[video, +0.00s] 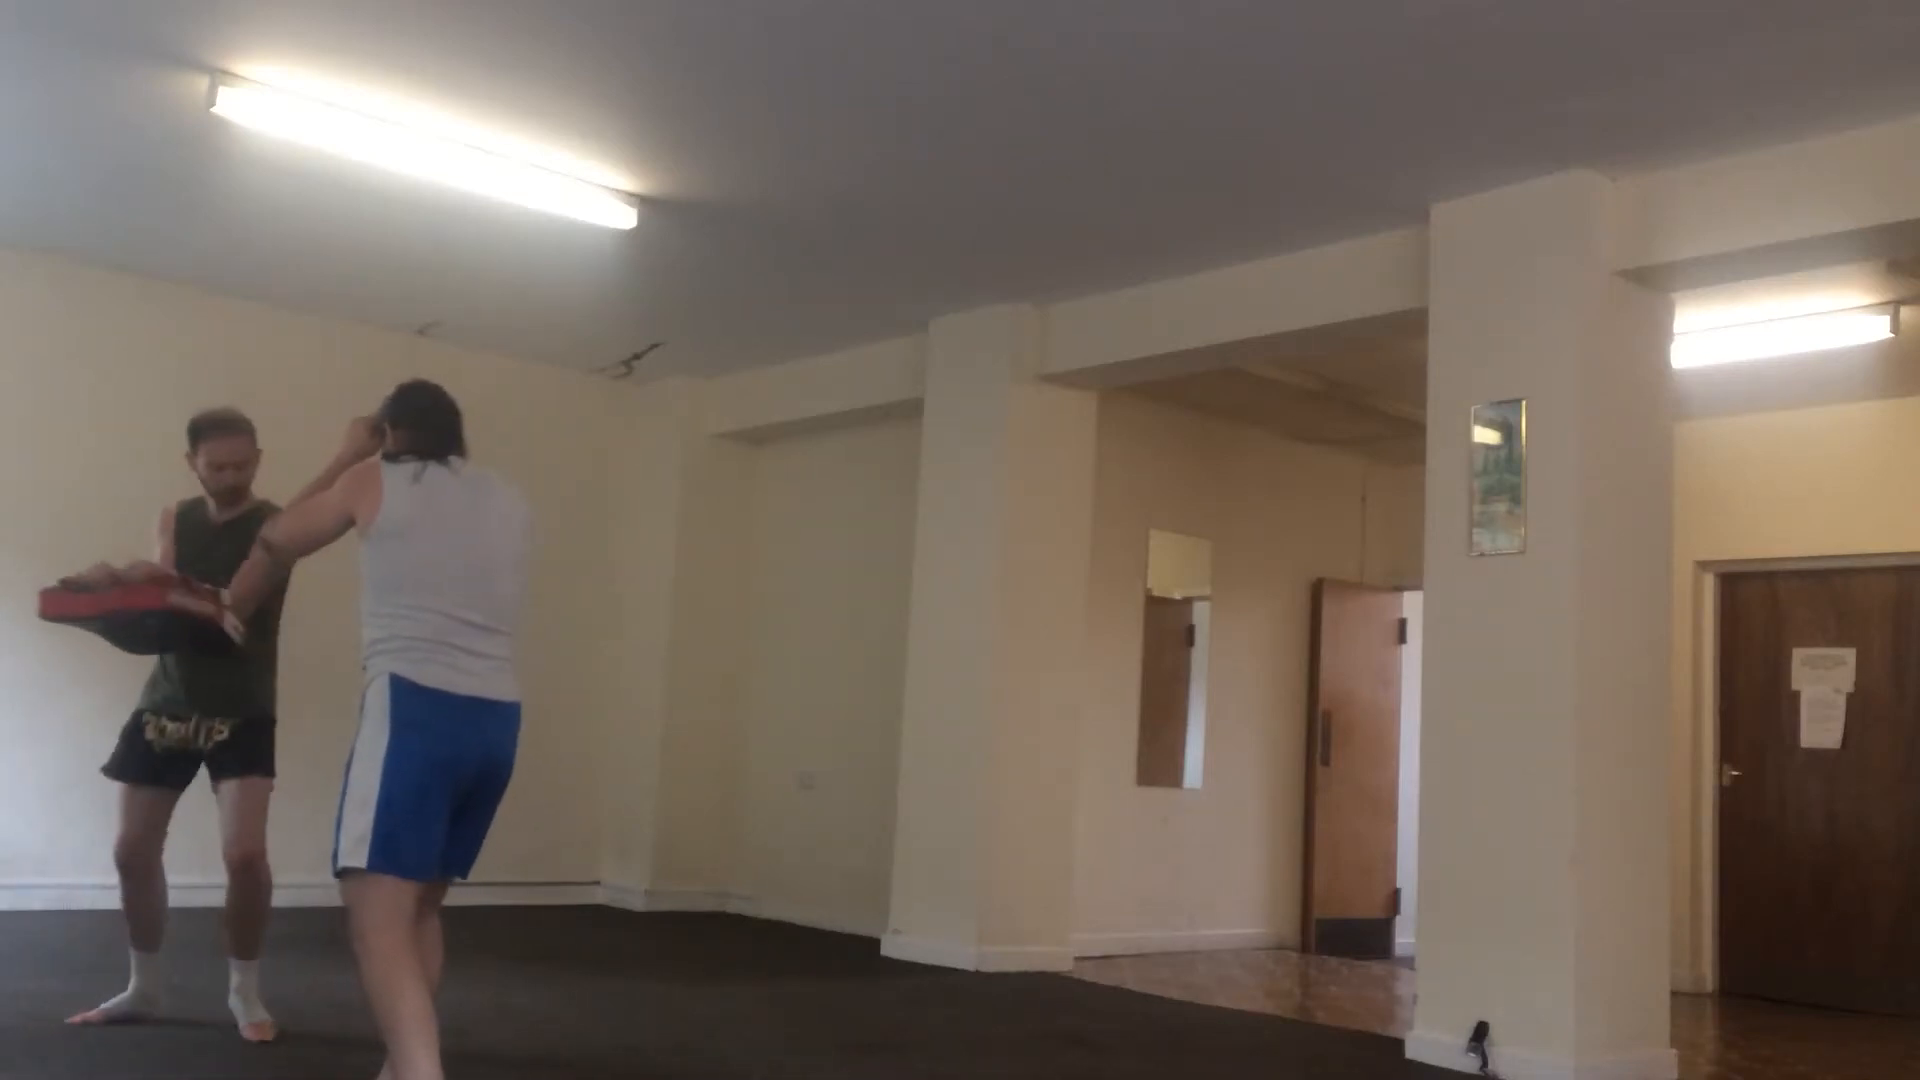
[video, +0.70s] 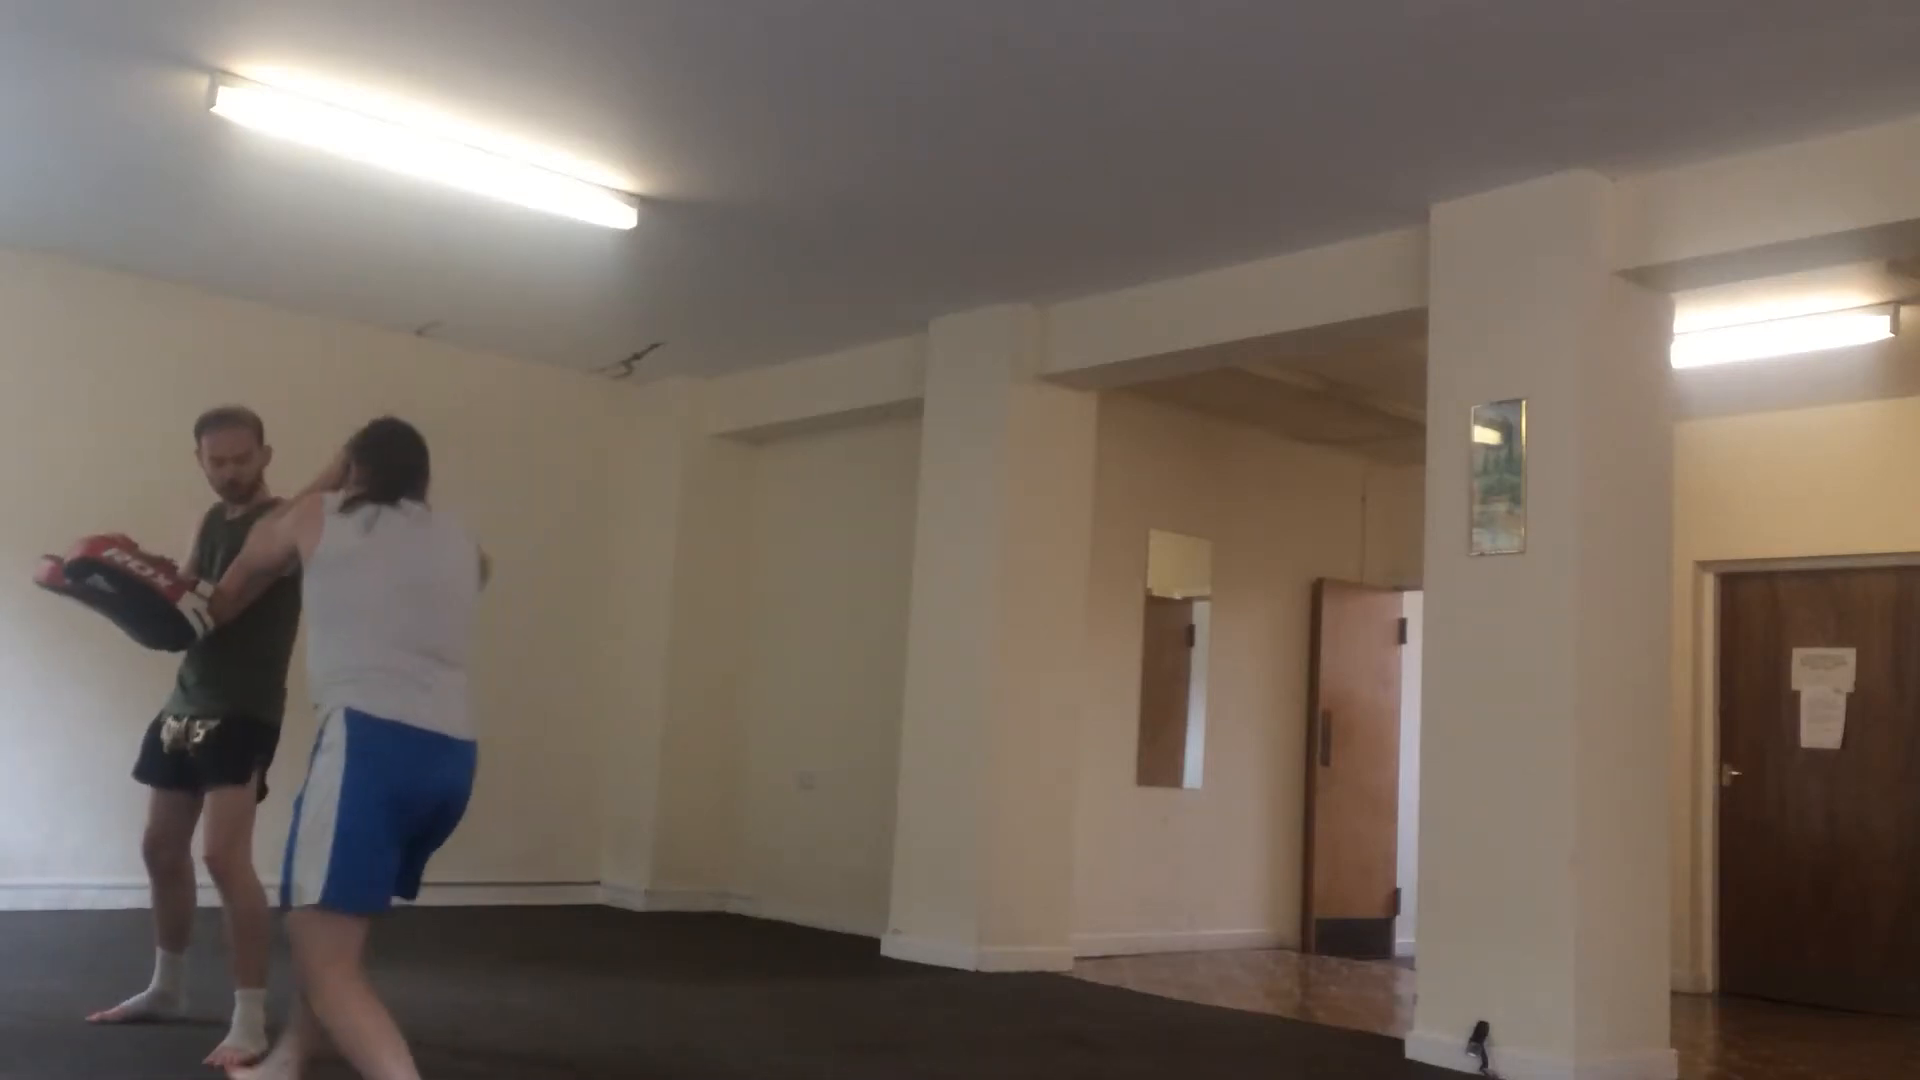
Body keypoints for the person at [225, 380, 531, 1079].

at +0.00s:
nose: (376, 437)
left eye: (380, 430)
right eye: (380, 429)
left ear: (390, 434)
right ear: (458, 436)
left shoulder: (375, 481)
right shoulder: (510, 501)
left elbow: (280, 535)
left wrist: (341, 463)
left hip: (409, 714)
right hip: (494, 723)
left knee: (378, 921)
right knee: (423, 908)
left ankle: (421, 1071)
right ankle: (405, 1062)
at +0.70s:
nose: (335, 467)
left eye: (340, 459)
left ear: (352, 469)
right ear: (424, 481)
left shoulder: (316, 514)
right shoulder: (461, 545)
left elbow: (227, 598)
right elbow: (477, 573)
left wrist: (310, 496)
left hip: (364, 747)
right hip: (448, 761)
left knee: (327, 968)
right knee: (337, 924)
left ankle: (401, 1073)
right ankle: (287, 1061)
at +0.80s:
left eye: (353, 455)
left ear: (353, 472)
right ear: (424, 486)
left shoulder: (312, 514)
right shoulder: (447, 548)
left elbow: (246, 512)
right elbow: (522, 554)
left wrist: (328, 469)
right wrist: (453, 491)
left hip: (324, 756)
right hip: (405, 771)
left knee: (326, 966)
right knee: (289, 924)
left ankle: (405, 1074)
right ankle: (239, 1049)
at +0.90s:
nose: (348, 473)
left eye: (352, 465)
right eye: (357, 465)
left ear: (359, 474)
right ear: (424, 488)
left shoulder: (308, 510)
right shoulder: (448, 559)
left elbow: (207, 475)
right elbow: (542, 564)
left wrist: (250, 472)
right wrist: (491, 493)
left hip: (286, 748)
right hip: (363, 767)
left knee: (240, 945)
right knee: (268, 904)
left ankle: (355, 1055)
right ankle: (230, 1056)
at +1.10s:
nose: (320, 456)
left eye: (323, 447)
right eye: (321, 449)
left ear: (338, 447)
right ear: (399, 447)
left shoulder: (324, 494)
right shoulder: (445, 512)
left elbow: (221, 526)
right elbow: (511, 499)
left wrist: (117, 569)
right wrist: (445, 432)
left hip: (241, 686)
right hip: (317, 730)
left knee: (137, 672)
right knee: (273, 877)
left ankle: (25, 775)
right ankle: (231, 1049)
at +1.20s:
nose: (300, 440)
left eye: (300, 431)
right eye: (300, 432)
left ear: (316, 427)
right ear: (373, 424)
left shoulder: (313, 468)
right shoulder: (428, 478)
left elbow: (250, 533)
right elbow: (488, 443)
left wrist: (181, 620)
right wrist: (407, 391)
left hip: (233, 664)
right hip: (308, 704)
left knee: (181, 574)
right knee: (256, 861)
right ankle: (215, 1028)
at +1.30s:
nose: (292, 431)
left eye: (294, 420)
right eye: (294, 420)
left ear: (314, 417)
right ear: (367, 414)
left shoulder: (300, 468)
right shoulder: (419, 471)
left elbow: (217, 547)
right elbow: (478, 417)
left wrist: (107, 610)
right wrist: (396, 372)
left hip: (233, 659)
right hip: (315, 691)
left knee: (138, 607)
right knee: (265, 857)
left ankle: (78, 740)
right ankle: (221, 1024)